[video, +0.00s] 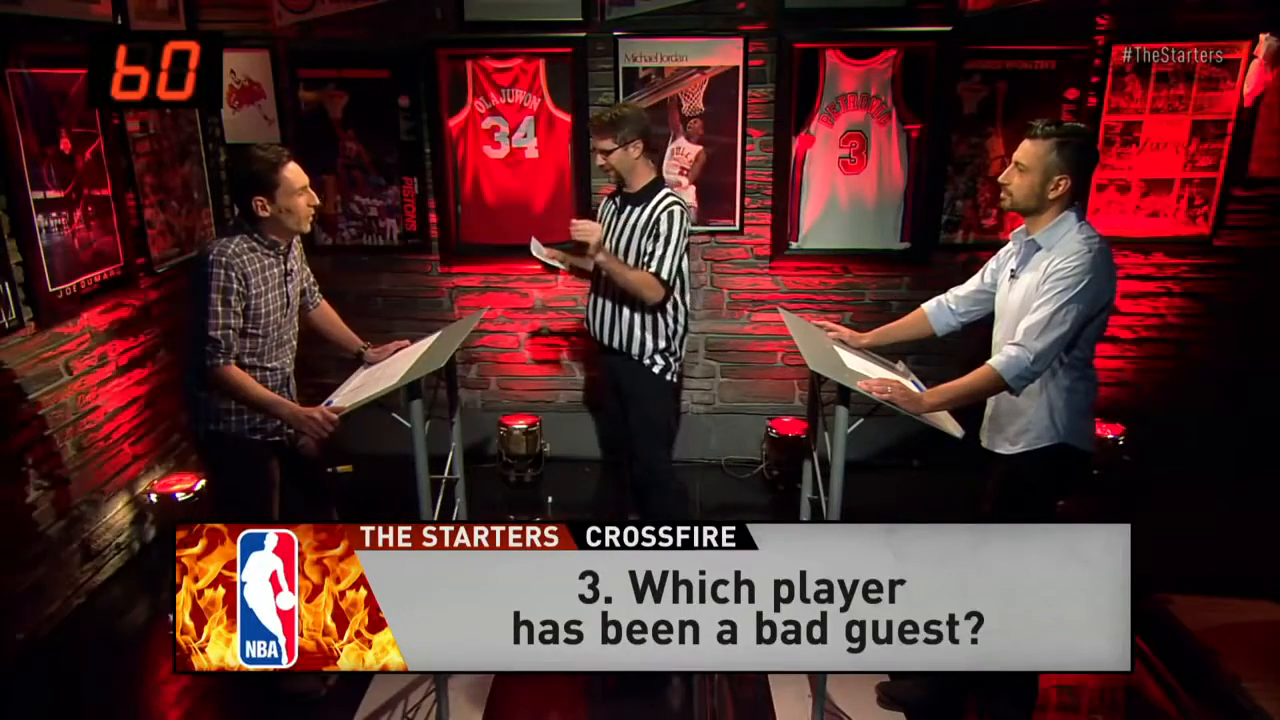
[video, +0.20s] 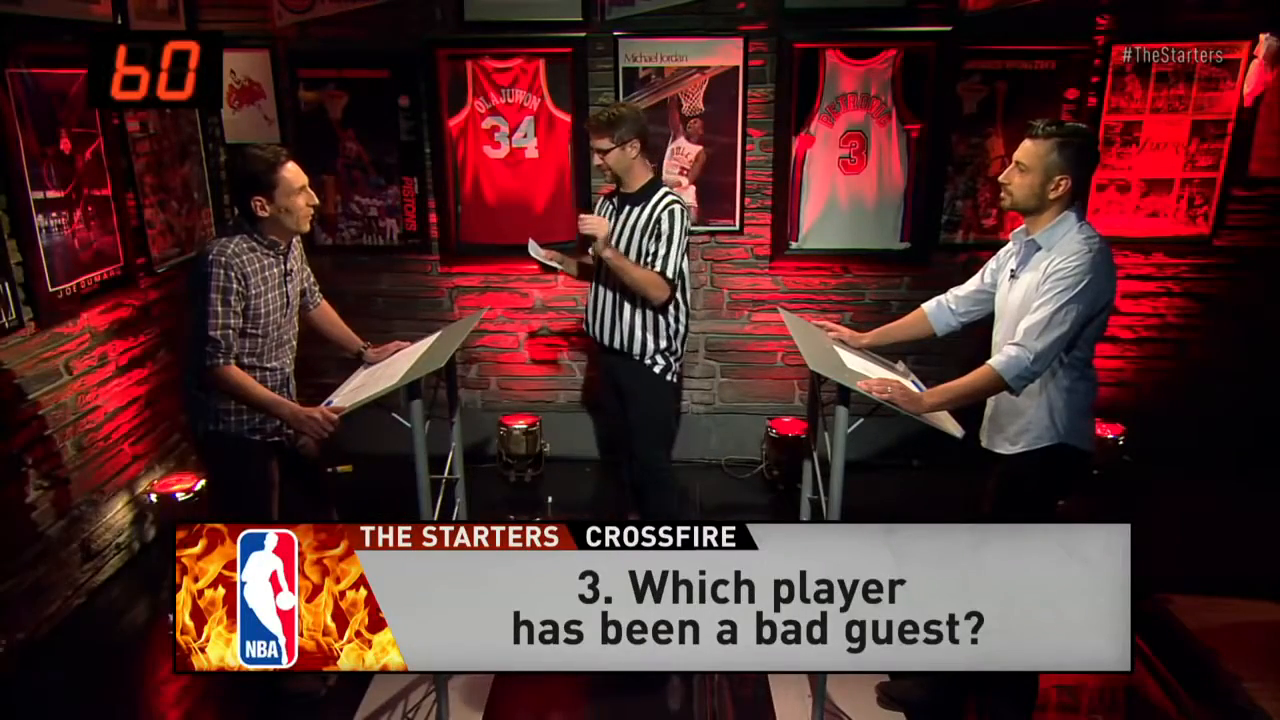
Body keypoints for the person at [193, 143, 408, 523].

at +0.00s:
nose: (315, 200)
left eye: (310, 189)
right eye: (301, 192)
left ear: (268, 206)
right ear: (264, 206)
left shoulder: (290, 245)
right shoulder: (228, 260)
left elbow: (312, 303)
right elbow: (218, 366)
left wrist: (364, 350)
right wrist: (293, 413)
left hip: (285, 425)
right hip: (238, 436)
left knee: (303, 526)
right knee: (252, 539)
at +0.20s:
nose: (314, 200)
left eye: (309, 188)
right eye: (300, 192)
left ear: (267, 207)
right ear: (263, 207)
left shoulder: (290, 245)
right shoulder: (226, 260)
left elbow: (312, 303)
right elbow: (217, 366)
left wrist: (363, 350)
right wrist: (292, 412)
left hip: (284, 425)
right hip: (237, 435)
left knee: (303, 526)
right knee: (251, 538)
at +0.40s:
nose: (314, 200)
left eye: (309, 188)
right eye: (300, 192)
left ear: (266, 206)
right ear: (262, 207)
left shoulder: (290, 245)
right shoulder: (226, 261)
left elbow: (312, 302)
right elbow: (217, 365)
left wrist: (363, 350)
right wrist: (292, 412)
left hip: (284, 426)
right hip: (237, 436)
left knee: (303, 527)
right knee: (250, 539)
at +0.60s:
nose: (313, 200)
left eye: (308, 188)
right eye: (299, 193)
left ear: (265, 207)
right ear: (261, 208)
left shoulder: (290, 244)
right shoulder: (226, 260)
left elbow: (313, 302)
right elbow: (217, 365)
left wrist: (363, 350)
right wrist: (292, 413)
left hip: (284, 425)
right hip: (237, 435)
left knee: (303, 527)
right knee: (250, 539)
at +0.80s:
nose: (311, 200)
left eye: (306, 188)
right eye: (297, 193)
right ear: (259, 208)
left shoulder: (290, 244)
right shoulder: (226, 260)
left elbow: (313, 302)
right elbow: (217, 365)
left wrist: (364, 350)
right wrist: (292, 413)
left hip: (283, 425)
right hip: (237, 436)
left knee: (298, 526)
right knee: (251, 538)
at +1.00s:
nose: (307, 198)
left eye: (302, 186)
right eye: (292, 190)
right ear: (255, 207)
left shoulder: (289, 244)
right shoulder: (223, 258)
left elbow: (313, 302)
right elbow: (217, 363)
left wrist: (364, 350)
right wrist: (292, 412)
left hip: (282, 422)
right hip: (235, 433)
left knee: (297, 523)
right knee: (249, 536)